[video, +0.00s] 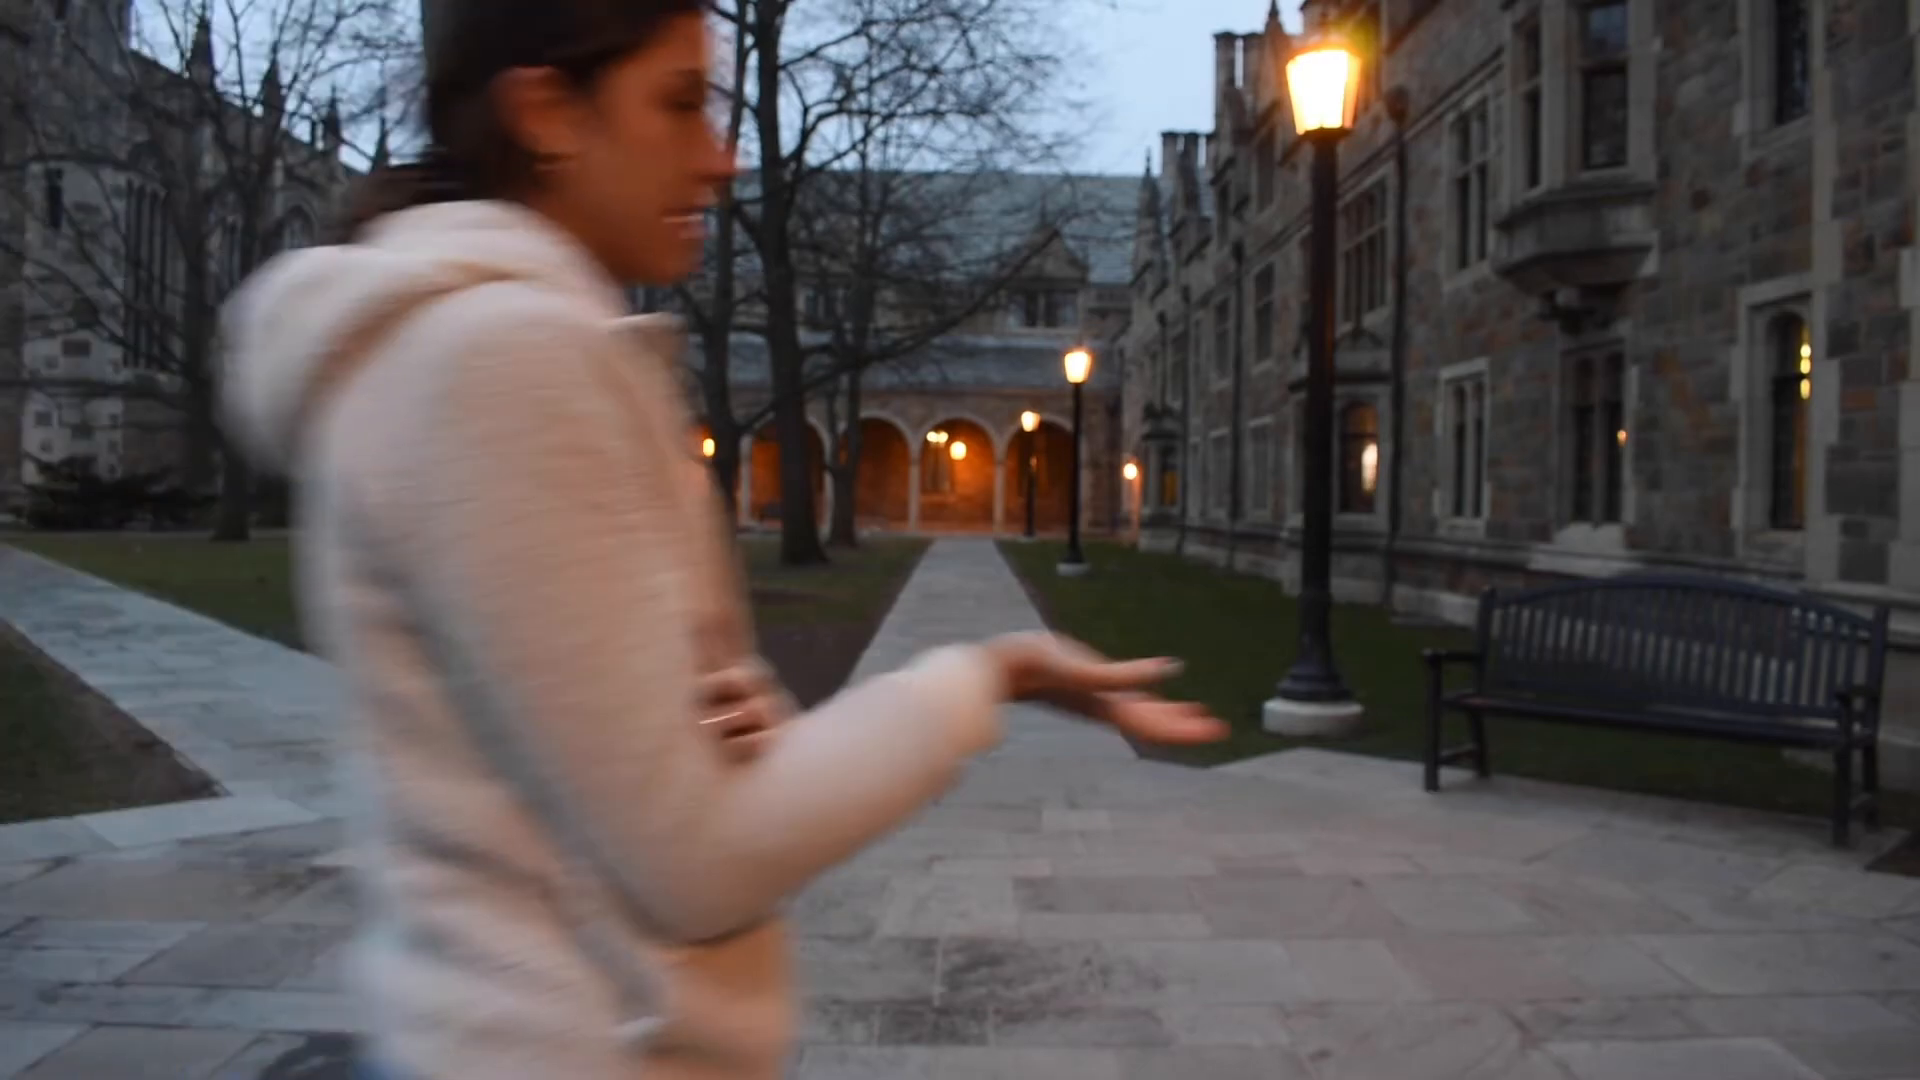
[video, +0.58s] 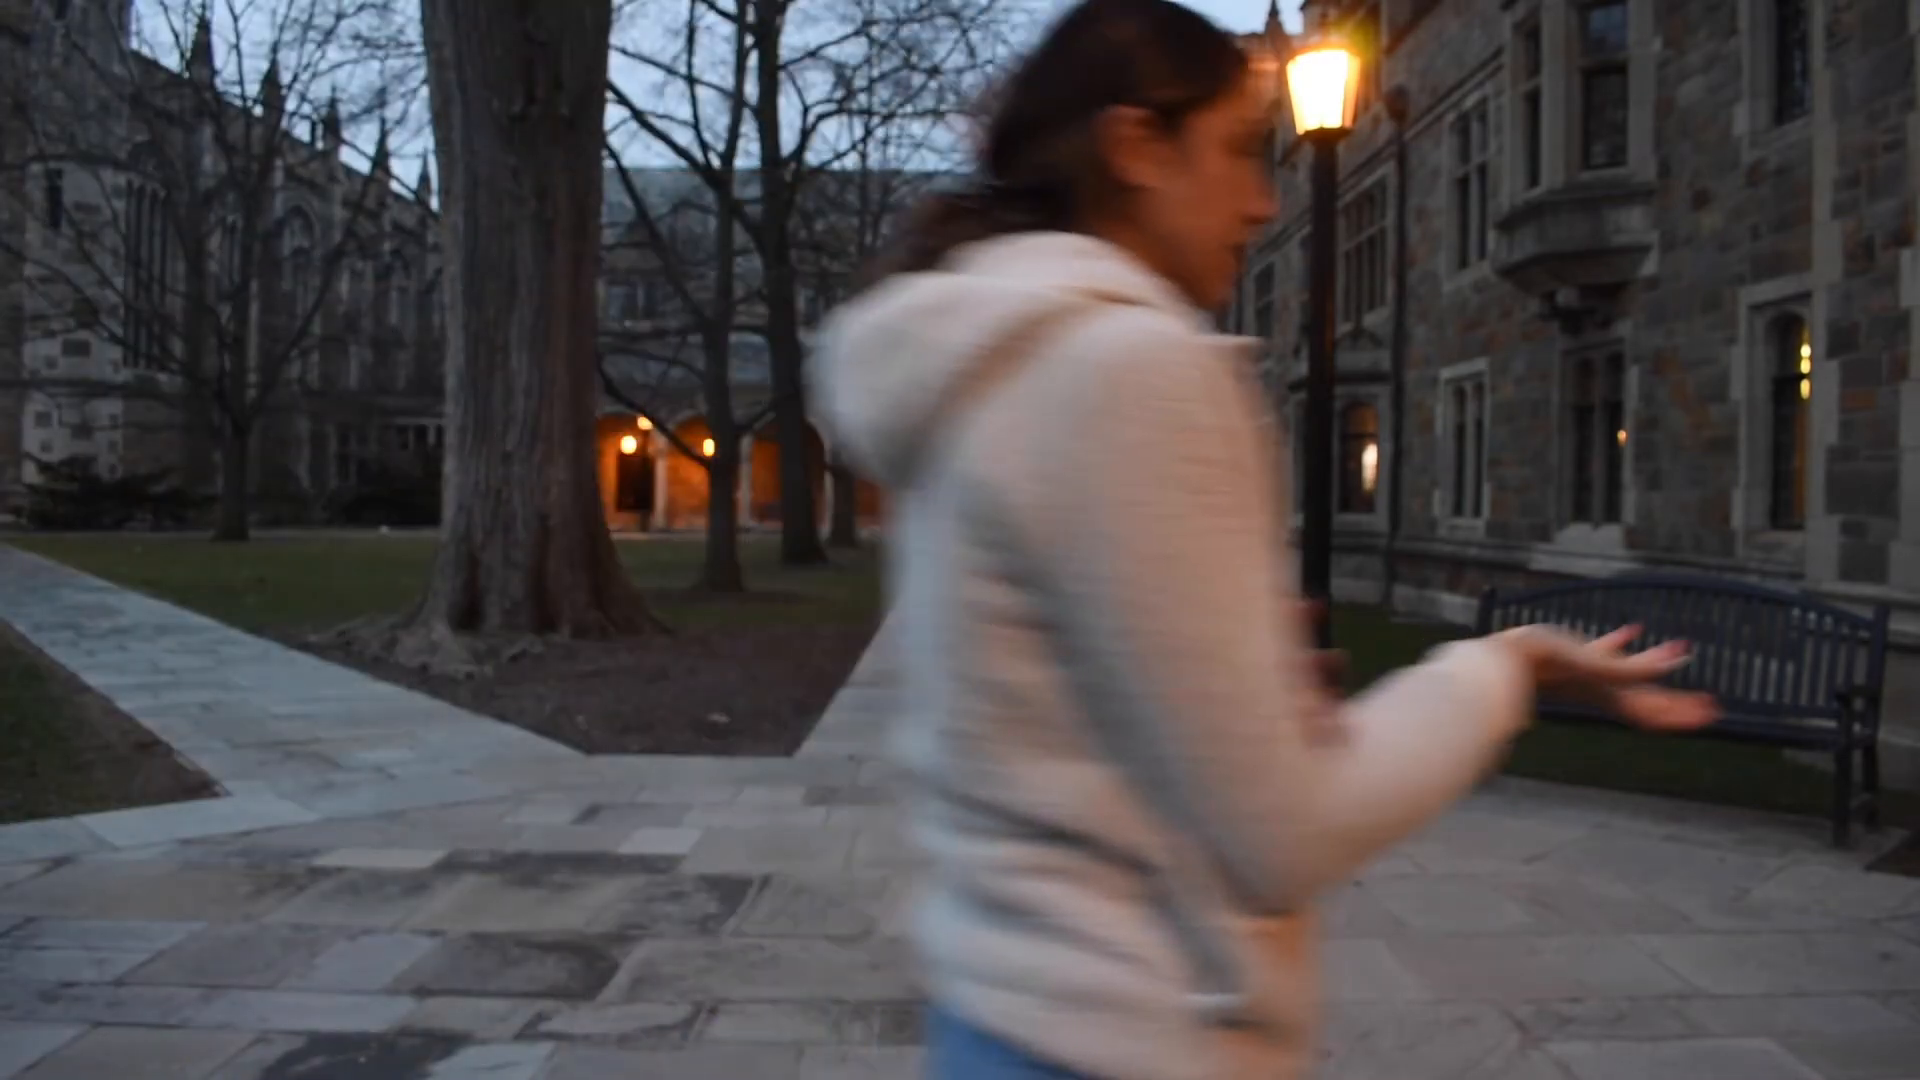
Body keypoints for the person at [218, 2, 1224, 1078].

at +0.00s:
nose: (723, 156)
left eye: (714, 106)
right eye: (685, 102)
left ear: (554, 121)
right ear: (545, 113)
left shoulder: (505, 333)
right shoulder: (504, 351)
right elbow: (690, 862)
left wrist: (747, 717)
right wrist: (984, 674)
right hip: (577, 1045)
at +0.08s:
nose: (808, 156)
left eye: (798, 108)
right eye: (771, 102)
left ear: (638, 117)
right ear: (631, 109)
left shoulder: (574, 326)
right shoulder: (598, 341)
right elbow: (777, 844)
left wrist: (827, 707)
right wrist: (1063, 660)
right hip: (663, 1043)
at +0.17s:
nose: (888, 160)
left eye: (879, 111)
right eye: (851, 107)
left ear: (721, 124)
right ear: (716, 116)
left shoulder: (633, 329)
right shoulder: (681, 346)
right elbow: (859, 844)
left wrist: (876, 708)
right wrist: (1131, 655)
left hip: (663, 1023)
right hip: (743, 1045)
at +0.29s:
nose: (1003, 165)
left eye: (994, 117)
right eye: (968, 114)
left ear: (848, 128)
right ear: (839, 124)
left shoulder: (761, 328)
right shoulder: (798, 342)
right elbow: (954, 838)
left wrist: (980, 704)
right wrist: (1236, 671)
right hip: (828, 1043)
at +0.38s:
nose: (1077, 166)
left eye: (1067, 119)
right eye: (1045, 117)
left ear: (928, 126)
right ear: (922, 122)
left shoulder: (827, 322)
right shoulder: (882, 338)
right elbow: (1029, 832)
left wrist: (1055, 696)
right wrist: (1303, 675)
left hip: (825, 1023)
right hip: (899, 1041)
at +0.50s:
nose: (1196, 195)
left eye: (1189, 150)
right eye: (1169, 142)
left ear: (1057, 141)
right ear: (1056, 137)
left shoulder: (930, 334)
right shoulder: (1026, 354)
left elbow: (935, 737)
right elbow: (1170, 835)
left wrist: (1160, 697)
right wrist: (1428, 676)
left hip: (930, 1014)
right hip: (1030, 1037)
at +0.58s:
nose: (1266, 206)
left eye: (1267, 162)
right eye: (1245, 154)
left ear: (1133, 153)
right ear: (1134, 148)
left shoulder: (1005, 347)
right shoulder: (1129, 363)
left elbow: (1020, 746)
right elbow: (1281, 837)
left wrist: (1259, 703)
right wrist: (1509, 668)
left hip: (1006, 1018)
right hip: (1128, 1038)